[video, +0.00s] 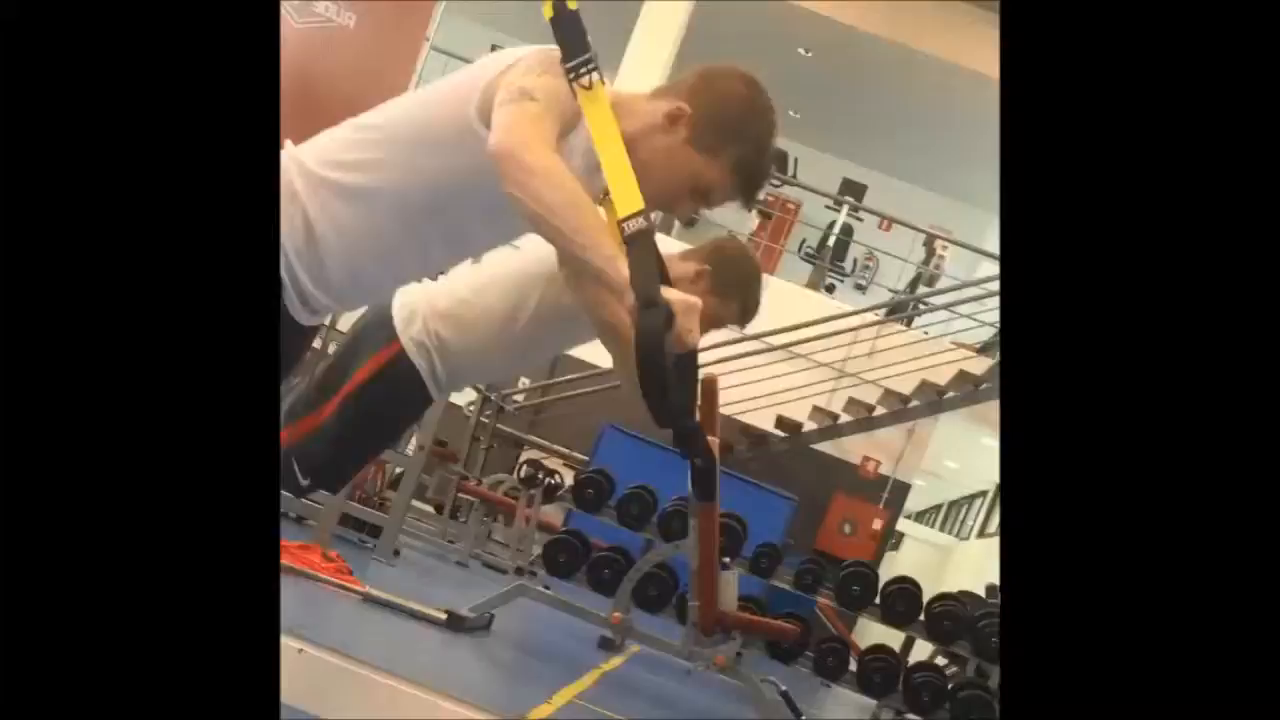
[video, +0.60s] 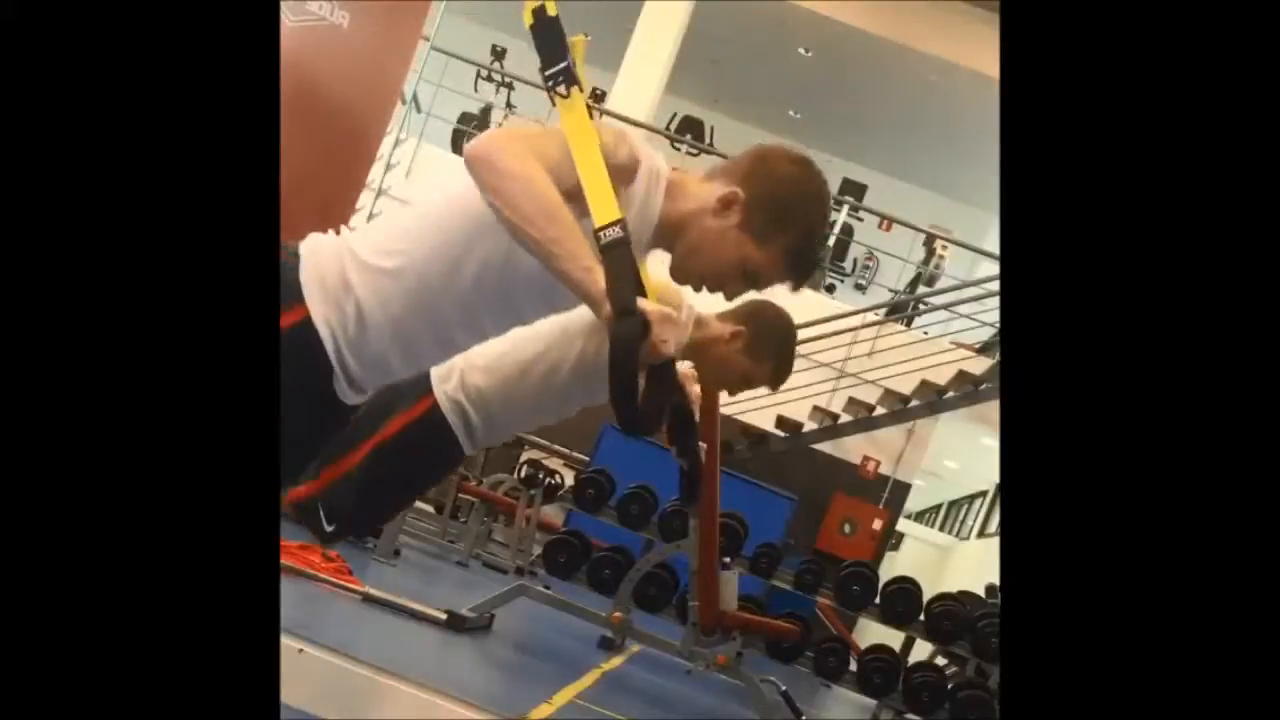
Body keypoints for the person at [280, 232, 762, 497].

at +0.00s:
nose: (703, 328)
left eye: (716, 326)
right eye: (713, 318)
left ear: (692, 274)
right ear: (696, 278)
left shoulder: (634, 291)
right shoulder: (621, 255)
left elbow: (644, 361)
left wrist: (686, 412)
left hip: (423, 365)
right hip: (405, 347)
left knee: (307, 477)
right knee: (294, 469)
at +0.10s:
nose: (695, 336)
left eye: (708, 333)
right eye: (707, 323)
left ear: (698, 277)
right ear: (701, 281)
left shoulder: (646, 288)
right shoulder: (635, 257)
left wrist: (677, 426)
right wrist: (646, 316)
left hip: (432, 370)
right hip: (413, 349)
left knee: (310, 480)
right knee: (297, 472)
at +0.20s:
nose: (701, 345)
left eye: (714, 342)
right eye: (713, 334)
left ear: (707, 292)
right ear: (707, 291)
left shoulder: (650, 300)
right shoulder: (635, 259)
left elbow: (647, 380)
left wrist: (677, 435)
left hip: (445, 382)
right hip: (421, 356)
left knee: (321, 494)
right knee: (300, 486)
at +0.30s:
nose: (705, 356)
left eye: (716, 353)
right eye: (717, 344)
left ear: (709, 300)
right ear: (710, 300)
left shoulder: (655, 318)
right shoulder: (636, 264)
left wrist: (685, 409)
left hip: (449, 395)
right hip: (424, 367)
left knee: (323, 506)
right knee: (298, 489)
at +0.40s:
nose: (718, 357)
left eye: (731, 357)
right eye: (730, 349)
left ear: (718, 309)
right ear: (718, 310)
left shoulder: (658, 332)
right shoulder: (647, 278)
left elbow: (647, 409)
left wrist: (685, 393)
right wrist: (683, 386)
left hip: (450, 405)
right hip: (428, 378)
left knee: (325, 512)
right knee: (304, 497)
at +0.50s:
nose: (725, 369)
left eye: (736, 367)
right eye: (736, 360)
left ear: (723, 320)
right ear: (726, 319)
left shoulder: (661, 329)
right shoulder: (658, 291)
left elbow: (637, 413)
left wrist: (683, 394)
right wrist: (679, 378)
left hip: (457, 414)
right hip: (438, 390)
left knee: (328, 517)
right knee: (305, 504)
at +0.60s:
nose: (727, 390)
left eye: (740, 386)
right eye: (740, 378)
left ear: (731, 341)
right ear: (732, 337)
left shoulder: (670, 350)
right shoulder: (664, 309)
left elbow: (639, 413)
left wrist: (680, 399)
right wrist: (670, 382)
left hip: (465, 424)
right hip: (447, 401)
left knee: (336, 522)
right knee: (313, 512)